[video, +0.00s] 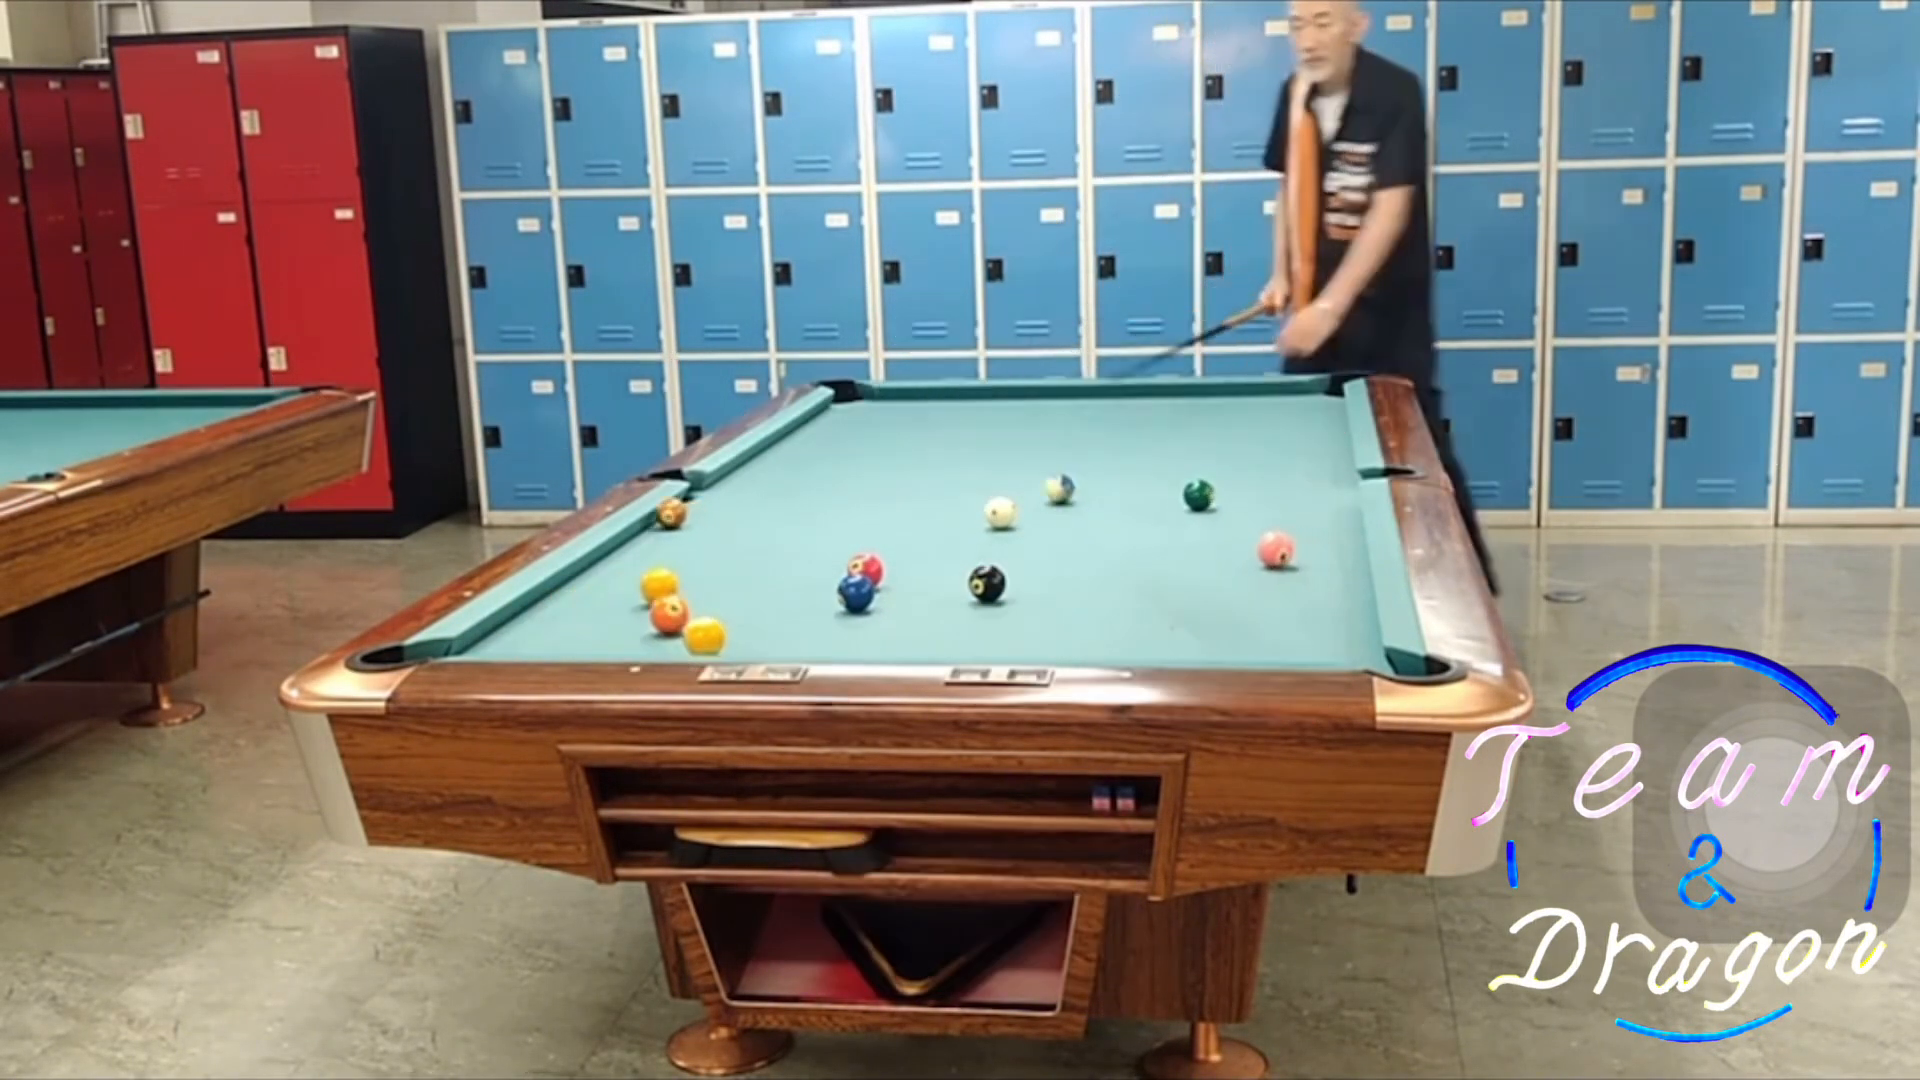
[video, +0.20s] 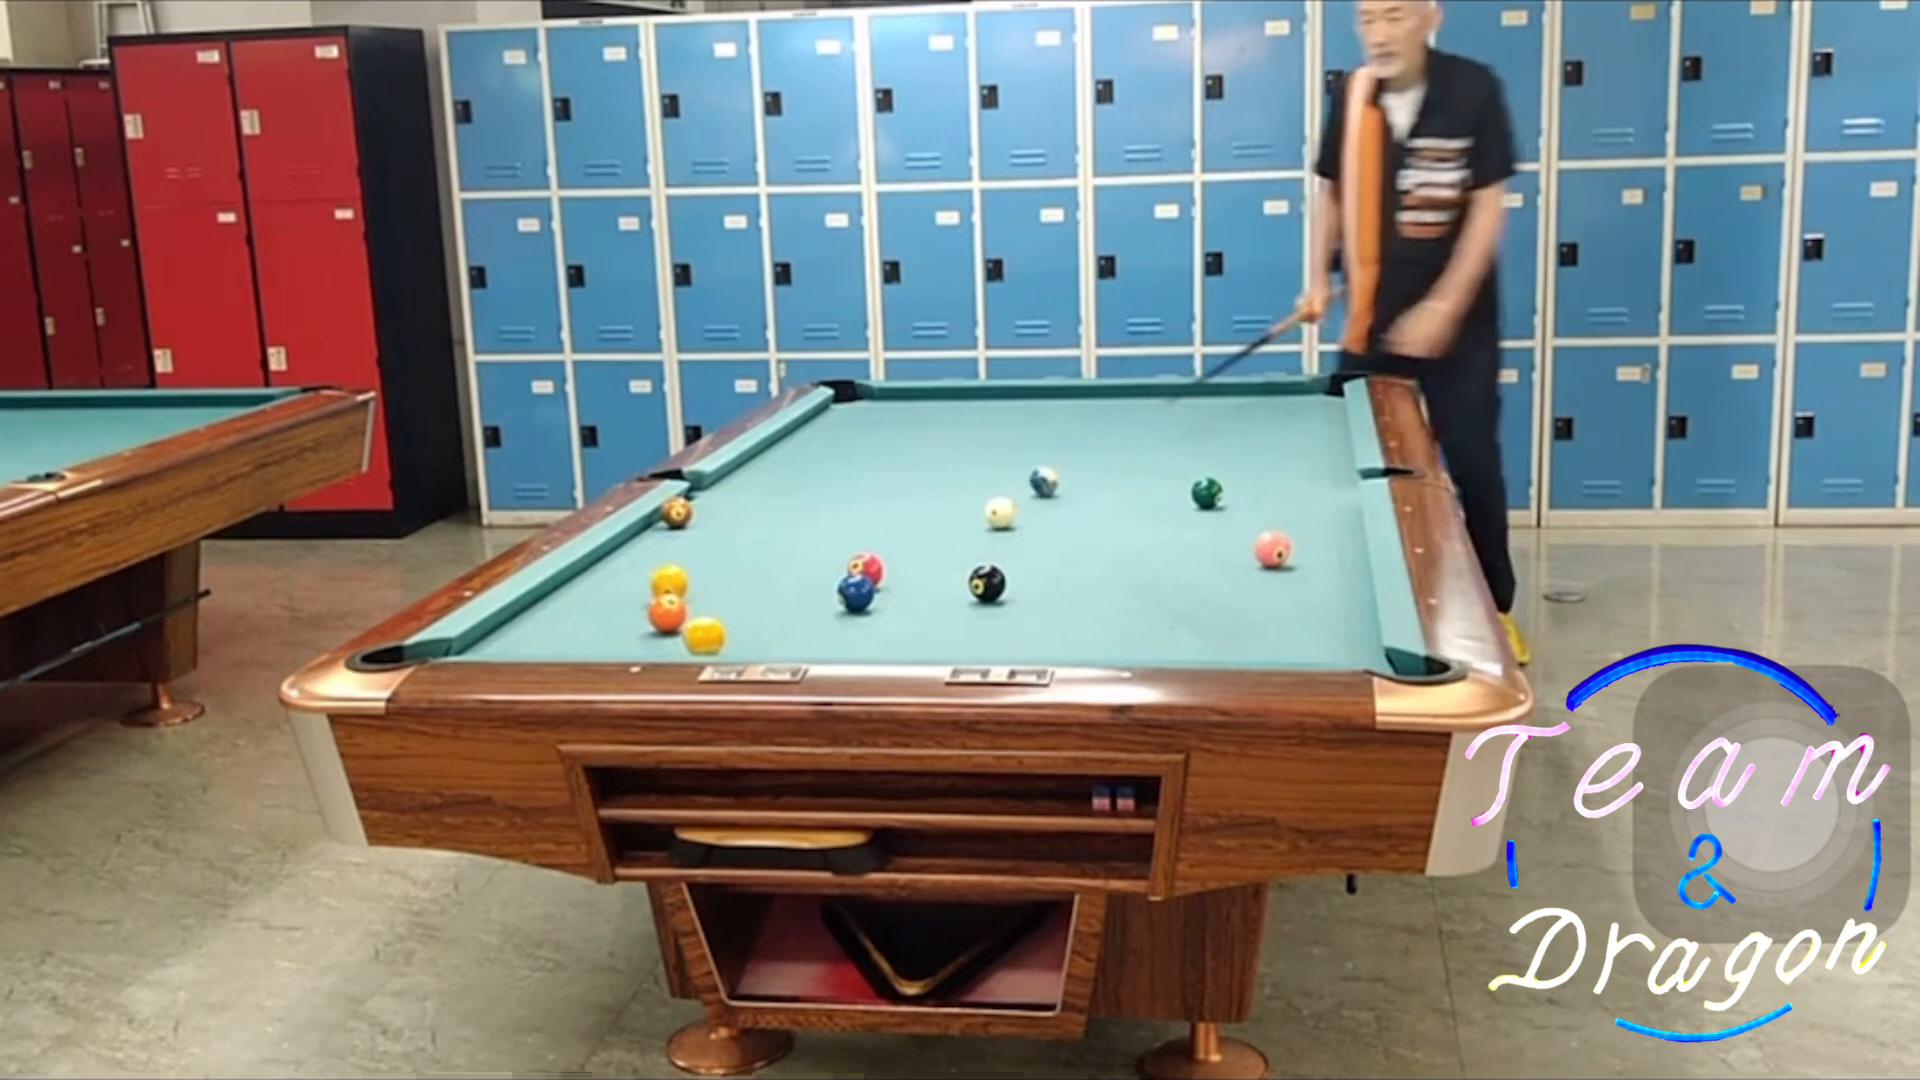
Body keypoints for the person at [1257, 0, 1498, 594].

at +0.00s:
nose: (1306, 39)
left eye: (1321, 23)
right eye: (1298, 24)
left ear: (1357, 25)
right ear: (1289, 28)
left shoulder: (1395, 90)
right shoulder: (1297, 91)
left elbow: (1391, 211)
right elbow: (1289, 188)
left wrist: (1329, 305)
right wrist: (1282, 273)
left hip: (1388, 306)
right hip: (1319, 306)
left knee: (1415, 448)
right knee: (1316, 452)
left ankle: (1467, 579)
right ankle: (1320, 577)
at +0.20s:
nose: (1377, 34)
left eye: (1392, 17)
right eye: (1366, 21)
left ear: (1430, 19)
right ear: (1356, 28)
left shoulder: (1472, 87)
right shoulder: (1347, 93)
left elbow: (1488, 209)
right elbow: (1327, 192)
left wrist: (1442, 305)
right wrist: (1318, 281)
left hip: (1455, 309)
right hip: (1374, 310)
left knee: (1472, 461)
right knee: (1359, 458)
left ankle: (1491, 609)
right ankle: (1366, 607)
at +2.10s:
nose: (1308, 147)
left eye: (1317, 124)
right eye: (1298, 131)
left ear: (1365, 103)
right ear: (1359, 109)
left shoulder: (1431, 151)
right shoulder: (1375, 150)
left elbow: (1384, 302)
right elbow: (1438, 232)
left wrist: (1303, 416)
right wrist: (1435, 320)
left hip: (1536, 337)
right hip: (1486, 337)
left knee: (1489, 506)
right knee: (1486, 503)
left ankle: (1528, 670)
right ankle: (1520, 665)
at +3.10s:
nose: (1317, 313)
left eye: (1325, 295)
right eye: (1309, 298)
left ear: (1378, 273)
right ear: (1372, 260)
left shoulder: (1441, 307)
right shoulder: (1413, 224)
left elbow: (1339, 406)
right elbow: (1510, 210)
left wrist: (1221, 468)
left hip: (1626, 368)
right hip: (1619, 341)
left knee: (1505, 540)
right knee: (1550, 529)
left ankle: (1509, 709)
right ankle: (1607, 692)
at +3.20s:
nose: (1318, 321)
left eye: (1325, 303)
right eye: (1310, 305)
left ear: (1378, 280)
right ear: (1372, 268)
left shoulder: (1442, 314)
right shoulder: (1415, 228)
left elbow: (1342, 407)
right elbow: (1510, 207)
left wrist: (1218, 468)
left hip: (1630, 370)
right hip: (1616, 343)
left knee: (1507, 541)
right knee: (1547, 530)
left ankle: (1507, 712)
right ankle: (1606, 691)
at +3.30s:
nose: (1317, 329)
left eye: (1325, 312)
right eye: (1309, 313)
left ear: (1379, 290)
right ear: (1372, 276)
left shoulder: (1438, 324)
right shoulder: (1416, 236)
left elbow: (1342, 412)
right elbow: (1507, 206)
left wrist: (1217, 468)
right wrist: (1515, 301)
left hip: (1632, 373)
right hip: (1621, 343)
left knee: (1509, 541)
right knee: (1546, 529)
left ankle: (1507, 709)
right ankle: (1606, 689)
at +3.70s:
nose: (1322, 345)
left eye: (1330, 329)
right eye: (1314, 330)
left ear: (1382, 303)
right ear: (1373, 291)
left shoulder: (1442, 333)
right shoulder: (1416, 249)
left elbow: (1345, 424)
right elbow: (1506, 217)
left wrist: (1219, 470)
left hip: (1633, 378)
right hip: (1618, 351)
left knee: (1508, 541)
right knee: (1540, 532)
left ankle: (1508, 707)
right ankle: (1606, 690)